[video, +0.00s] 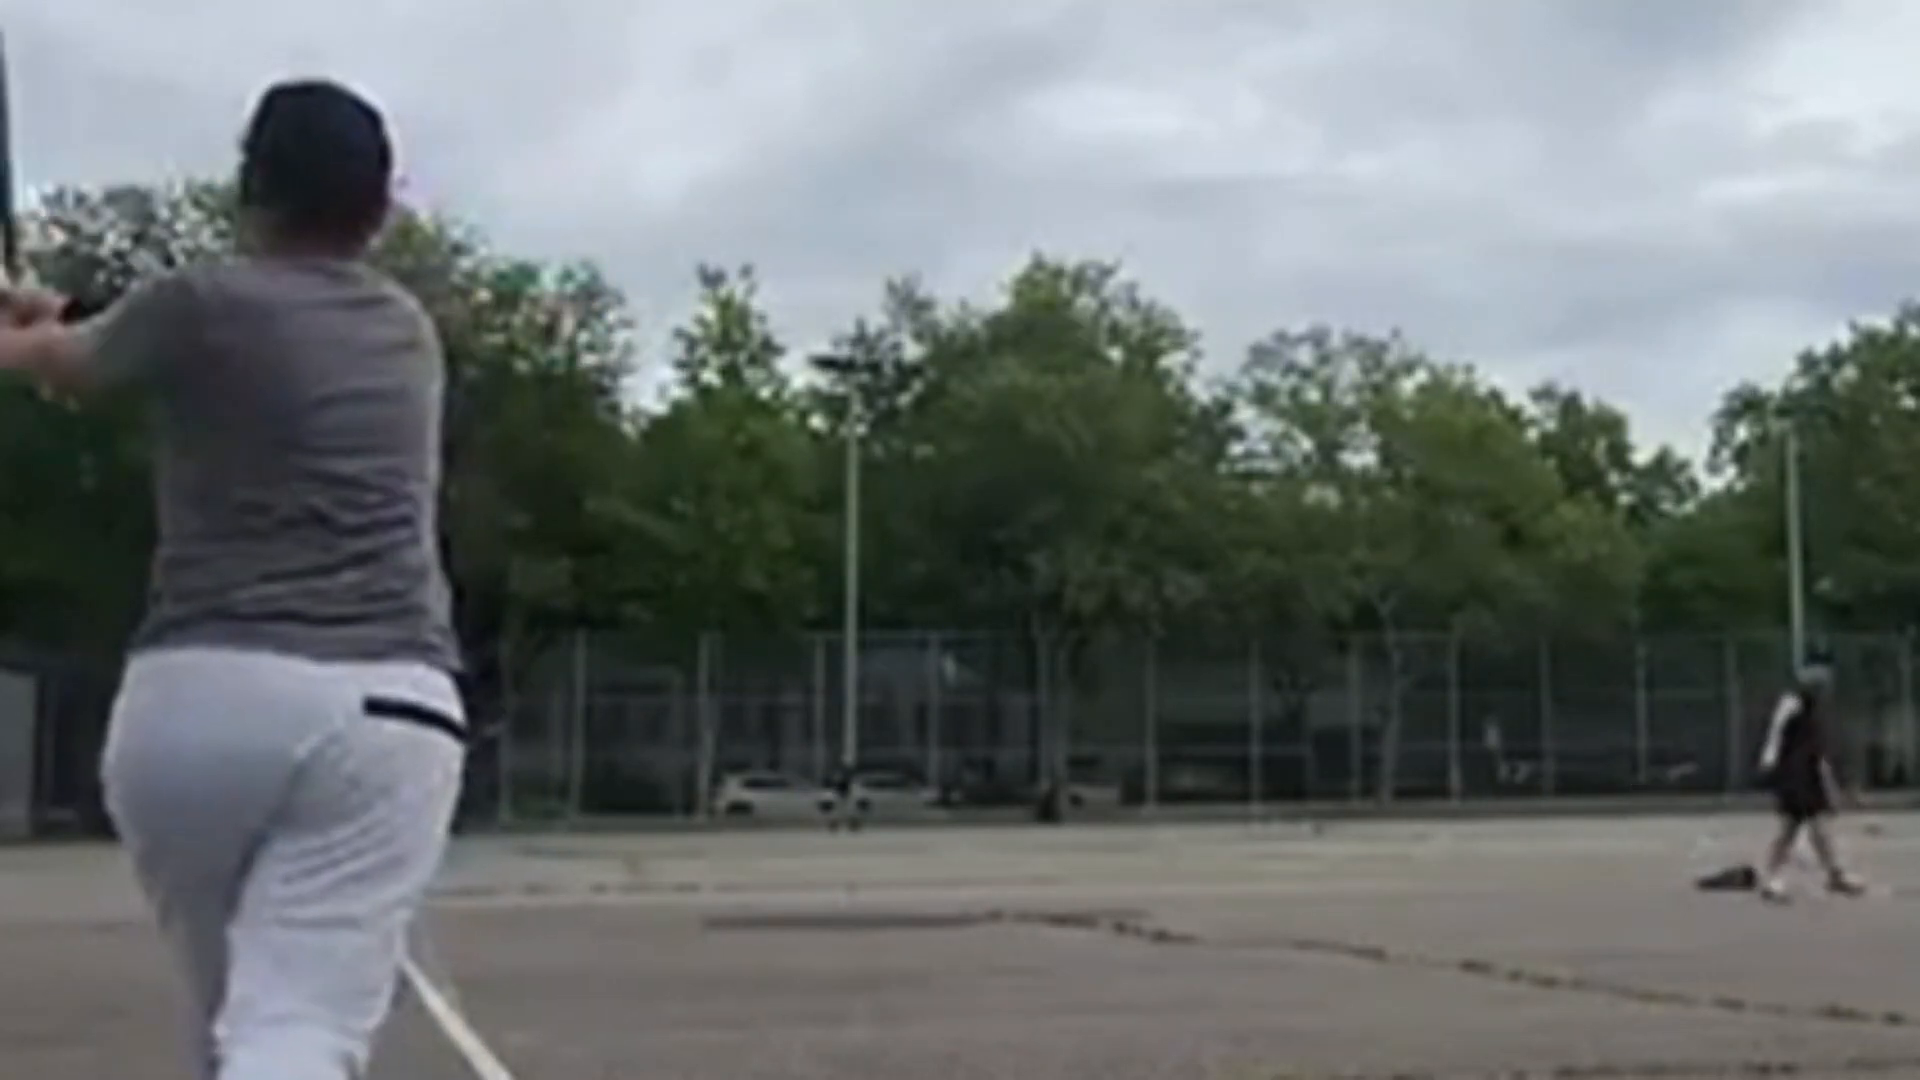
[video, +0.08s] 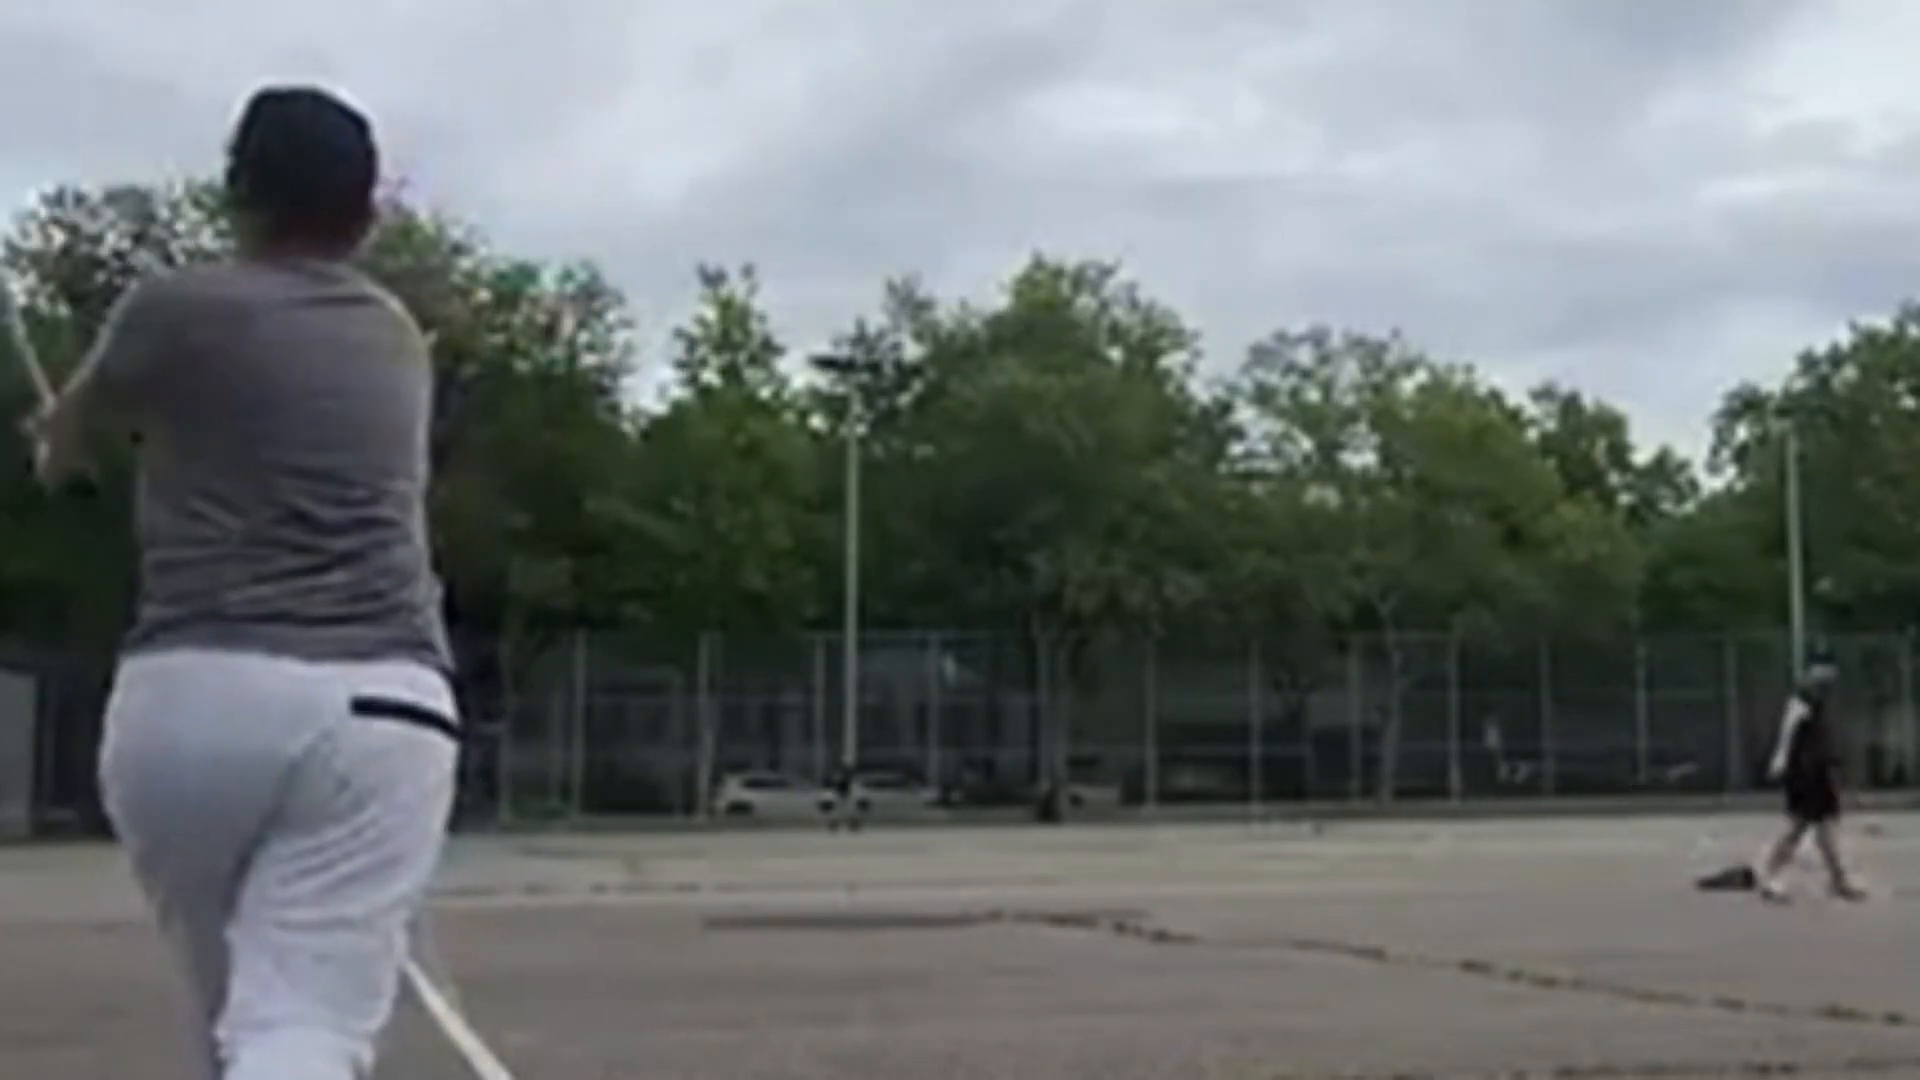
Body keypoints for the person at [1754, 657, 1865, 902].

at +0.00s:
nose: (1822, 690)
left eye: (1824, 685)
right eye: (1818, 684)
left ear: (1823, 687)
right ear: (1808, 683)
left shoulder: (1812, 707)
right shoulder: (1792, 702)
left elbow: (1819, 751)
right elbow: (1776, 730)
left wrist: (1831, 788)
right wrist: (1768, 761)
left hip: (1806, 773)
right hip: (1793, 772)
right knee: (1816, 822)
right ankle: (1835, 875)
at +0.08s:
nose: (1827, 687)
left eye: (1829, 681)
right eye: (1824, 680)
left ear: (1826, 682)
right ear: (1812, 679)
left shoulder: (1815, 705)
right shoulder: (1801, 705)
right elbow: (1789, 733)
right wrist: (1780, 760)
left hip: (1812, 772)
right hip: (1806, 773)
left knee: (1800, 824)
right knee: (1823, 824)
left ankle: (1769, 875)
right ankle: (1838, 880)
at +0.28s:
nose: (1840, 681)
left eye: (1841, 675)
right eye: (1834, 675)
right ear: (1823, 679)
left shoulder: (1825, 710)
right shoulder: (1830, 711)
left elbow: (1829, 750)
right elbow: (1835, 749)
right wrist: (1842, 778)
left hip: (1825, 775)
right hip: (1833, 776)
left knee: (1833, 824)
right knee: (1844, 823)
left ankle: (1791, 864)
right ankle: (1840, 882)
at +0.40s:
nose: (1861, 690)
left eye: (1860, 685)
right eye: (1858, 686)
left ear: (1837, 683)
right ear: (1855, 685)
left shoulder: (1825, 705)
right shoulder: (1850, 703)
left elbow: (1811, 739)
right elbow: (1866, 733)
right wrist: (1889, 759)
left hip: (1824, 768)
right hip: (1843, 769)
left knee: (1848, 820)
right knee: (1857, 816)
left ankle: (1839, 878)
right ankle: (1825, 867)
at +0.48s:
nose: (1865, 688)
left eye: (1863, 684)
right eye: (1862, 684)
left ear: (1838, 682)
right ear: (1860, 683)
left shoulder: (1826, 704)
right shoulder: (1858, 702)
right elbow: (1879, 732)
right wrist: (1906, 754)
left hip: (1826, 770)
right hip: (1851, 770)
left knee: (1852, 821)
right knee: (1862, 820)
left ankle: (1839, 876)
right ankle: (1842, 878)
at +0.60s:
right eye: (1872, 686)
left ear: (1849, 690)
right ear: (1873, 689)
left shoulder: (1839, 717)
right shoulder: (1879, 714)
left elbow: (1830, 754)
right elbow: (1899, 743)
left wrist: (1826, 782)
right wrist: (1894, 772)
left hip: (1848, 782)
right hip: (1874, 780)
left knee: (1848, 830)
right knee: (1886, 827)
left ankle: (1838, 878)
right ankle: (1895, 874)